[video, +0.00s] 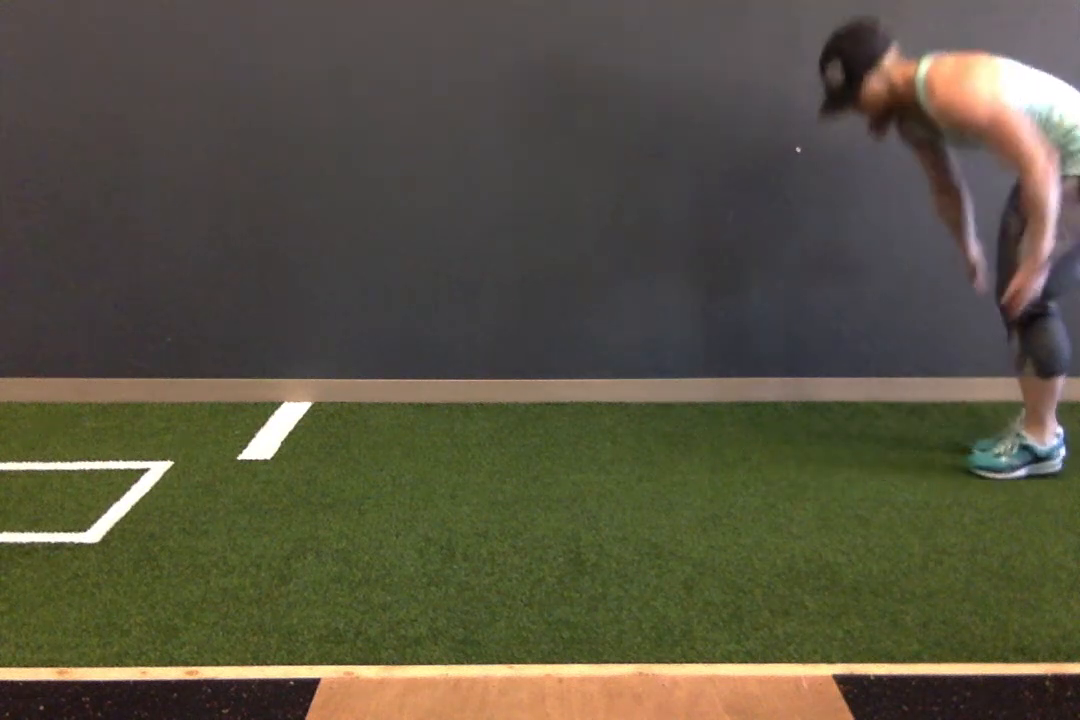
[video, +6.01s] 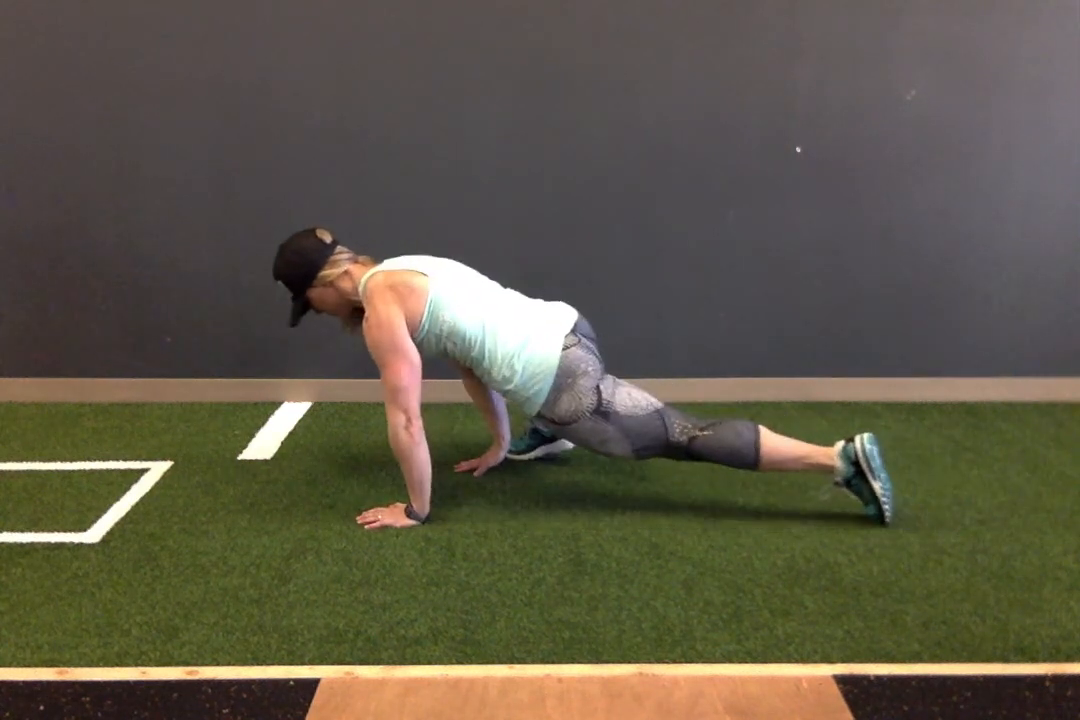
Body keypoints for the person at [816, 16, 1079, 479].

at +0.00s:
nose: (860, 113)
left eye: (855, 99)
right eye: (851, 104)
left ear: (875, 73)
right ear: (874, 74)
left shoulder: (951, 89)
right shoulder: (910, 108)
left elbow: (1041, 163)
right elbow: (946, 185)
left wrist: (1034, 267)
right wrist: (969, 248)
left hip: (1074, 170)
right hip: (1047, 170)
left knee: (1034, 297)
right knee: (1015, 290)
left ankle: (1041, 436)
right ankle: (1039, 427)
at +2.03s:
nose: (775, 315)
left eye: (767, 307)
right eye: (766, 310)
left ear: (783, 287)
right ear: (785, 271)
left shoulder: (866, 284)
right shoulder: (833, 276)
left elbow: (858, 400)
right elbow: (827, 368)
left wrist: (851, 488)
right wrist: (817, 438)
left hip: (1039, 316)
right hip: (1021, 313)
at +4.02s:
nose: (684, 344)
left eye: (677, 334)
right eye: (676, 337)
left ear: (690, 311)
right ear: (702, 291)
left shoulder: (748, 323)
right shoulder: (762, 293)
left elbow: (699, 426)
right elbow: (808, 369)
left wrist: (622, 481)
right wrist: (811, 431)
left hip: (945, 341)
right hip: (961, 314)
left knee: (823, 421)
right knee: (1049, 389)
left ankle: (948, 474)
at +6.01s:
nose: (319, 313)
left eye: (311, 304)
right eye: (312, 306)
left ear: (320, 286)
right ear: (342, 254)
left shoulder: (381, 310)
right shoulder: (408, 266)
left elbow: (404, 418)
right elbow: (469, 348)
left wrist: (418, 509)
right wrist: (500, 437)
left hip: (557, 384)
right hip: (569, 333)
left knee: (679, 433)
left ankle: (839, 459)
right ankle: (538, 439)